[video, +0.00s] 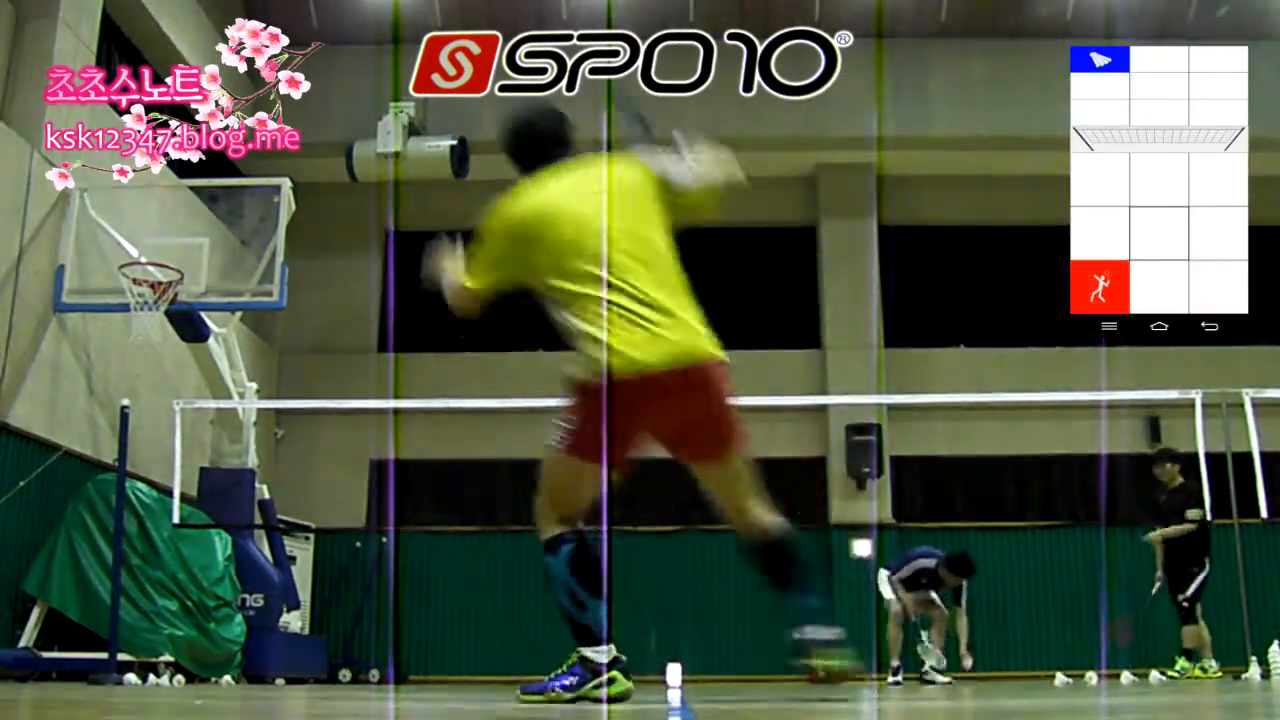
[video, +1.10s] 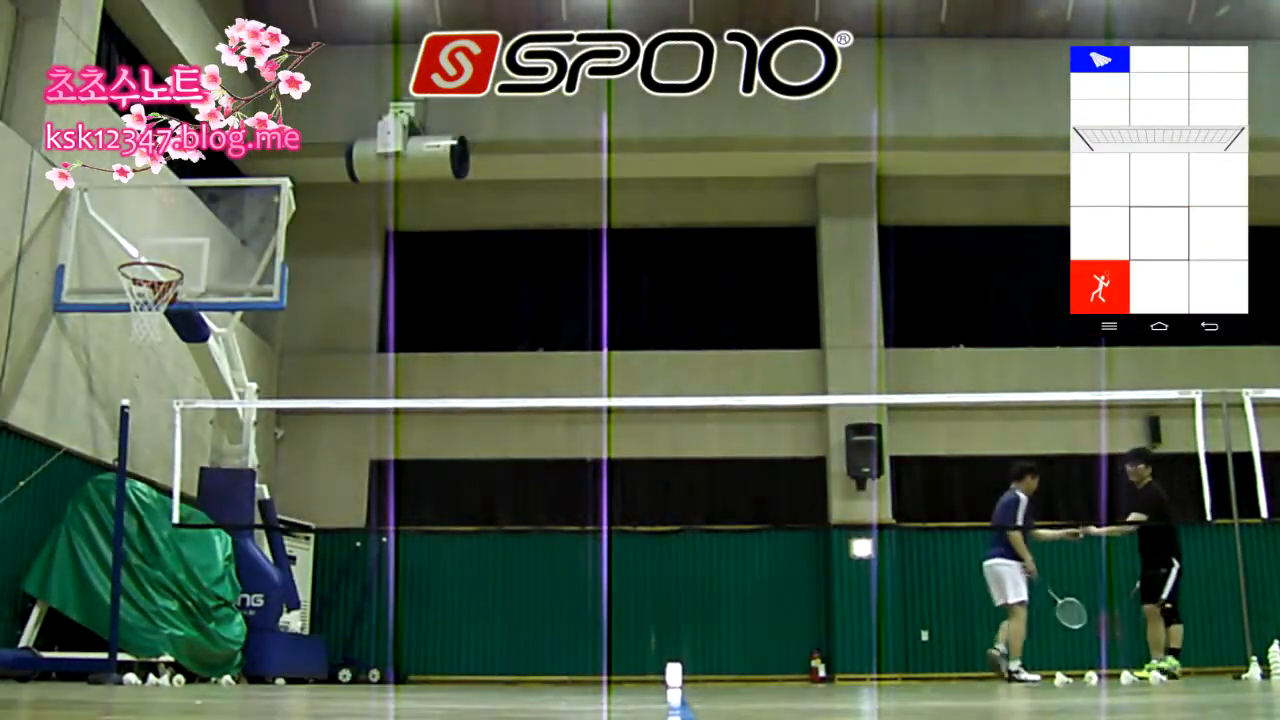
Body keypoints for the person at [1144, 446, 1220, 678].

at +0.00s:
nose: (1158, 472)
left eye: (1162, 466)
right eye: (1156, 467)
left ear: (1175, 466)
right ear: (1156, 470)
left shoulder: (1191, 490)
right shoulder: (1162, 497)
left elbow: (1193, 523)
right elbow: (1159, 535)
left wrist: (1162, 534)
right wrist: (1159, 568)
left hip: (1195, 555)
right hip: (1173, 557)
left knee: (1185, 603)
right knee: (1189, 609)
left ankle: (1187, 657)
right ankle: (1208, 660)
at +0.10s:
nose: (1155, 475)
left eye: (1158, 470)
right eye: (1153, 471)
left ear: (1171, 469)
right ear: (1153, 472)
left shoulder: (1186, 491)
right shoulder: (1160, 496)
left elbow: (1182, 523)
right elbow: (1158, 535)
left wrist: (1151, 531)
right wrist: (1158, 569)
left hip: (1192, 557)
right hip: (1172, 560)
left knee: (1182, 605)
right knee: (1191, 611)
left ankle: (1178, 659)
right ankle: (1208, 660)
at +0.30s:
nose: (1140, 482)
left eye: (1142, 476)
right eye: (1138, 478)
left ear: (1155, 472)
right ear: (1144, 475)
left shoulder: (1172, 493)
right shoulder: (1150, 496)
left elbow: (1158, 523)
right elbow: (1152, 533)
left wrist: (1122, 530)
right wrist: (1151, 564)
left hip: (1181, 557)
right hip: (1163, 559)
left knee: (1170, 607)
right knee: (1183, 615)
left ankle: (1167, 662)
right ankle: (1207, 660)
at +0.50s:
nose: (1126, 475)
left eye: (1129, 470)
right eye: (1124, 471)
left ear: (1141, 468)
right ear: (1134, 471)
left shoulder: (1153, 490)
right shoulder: (1140, 490)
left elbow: (1131, 517)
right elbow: (1150, 531)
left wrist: (1097, 525)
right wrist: (1146, 558)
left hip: (1175, 556)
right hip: (1159, 557)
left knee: (1159, 604)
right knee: (1157, 605)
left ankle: (1166, 662)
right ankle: (1187, 655)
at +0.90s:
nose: (1124, 474)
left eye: (1126, 469)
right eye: (1122, 470)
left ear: (1139, 467)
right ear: (1131, 470)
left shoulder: (1150, 491)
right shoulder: (1140, 490)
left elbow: (1126, 519)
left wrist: (1094, 527)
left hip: (1166, 558)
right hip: (1150, 558)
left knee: (1156, 606)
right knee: (1148, 608)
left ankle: (1167, 661)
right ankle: (1156, 659)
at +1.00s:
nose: (1125, 473)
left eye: (1129, 468)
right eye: (1124, 469)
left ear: (1142, 468)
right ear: (1135, 470)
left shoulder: (1150, 491)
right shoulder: (1140, 491)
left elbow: (1126, 524)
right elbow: (1125, 523)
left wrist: (1093, 529)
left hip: (1166, 558)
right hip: (1150, 558)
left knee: (1159, 607)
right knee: (1147, 608)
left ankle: (1168, 661)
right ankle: (1155, 660)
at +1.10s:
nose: (1129, 473)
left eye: (1133, 468)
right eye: (1127, 469)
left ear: (1146, 468)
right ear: (1130, 470)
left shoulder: (1152, 493)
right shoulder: (1142, 492)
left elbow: (1130, 526)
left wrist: (1098, 531)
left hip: (1166, 559)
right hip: (1151, 559)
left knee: (1163, 608)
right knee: (1152, 609)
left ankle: (1171, 659)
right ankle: (1157, 661)